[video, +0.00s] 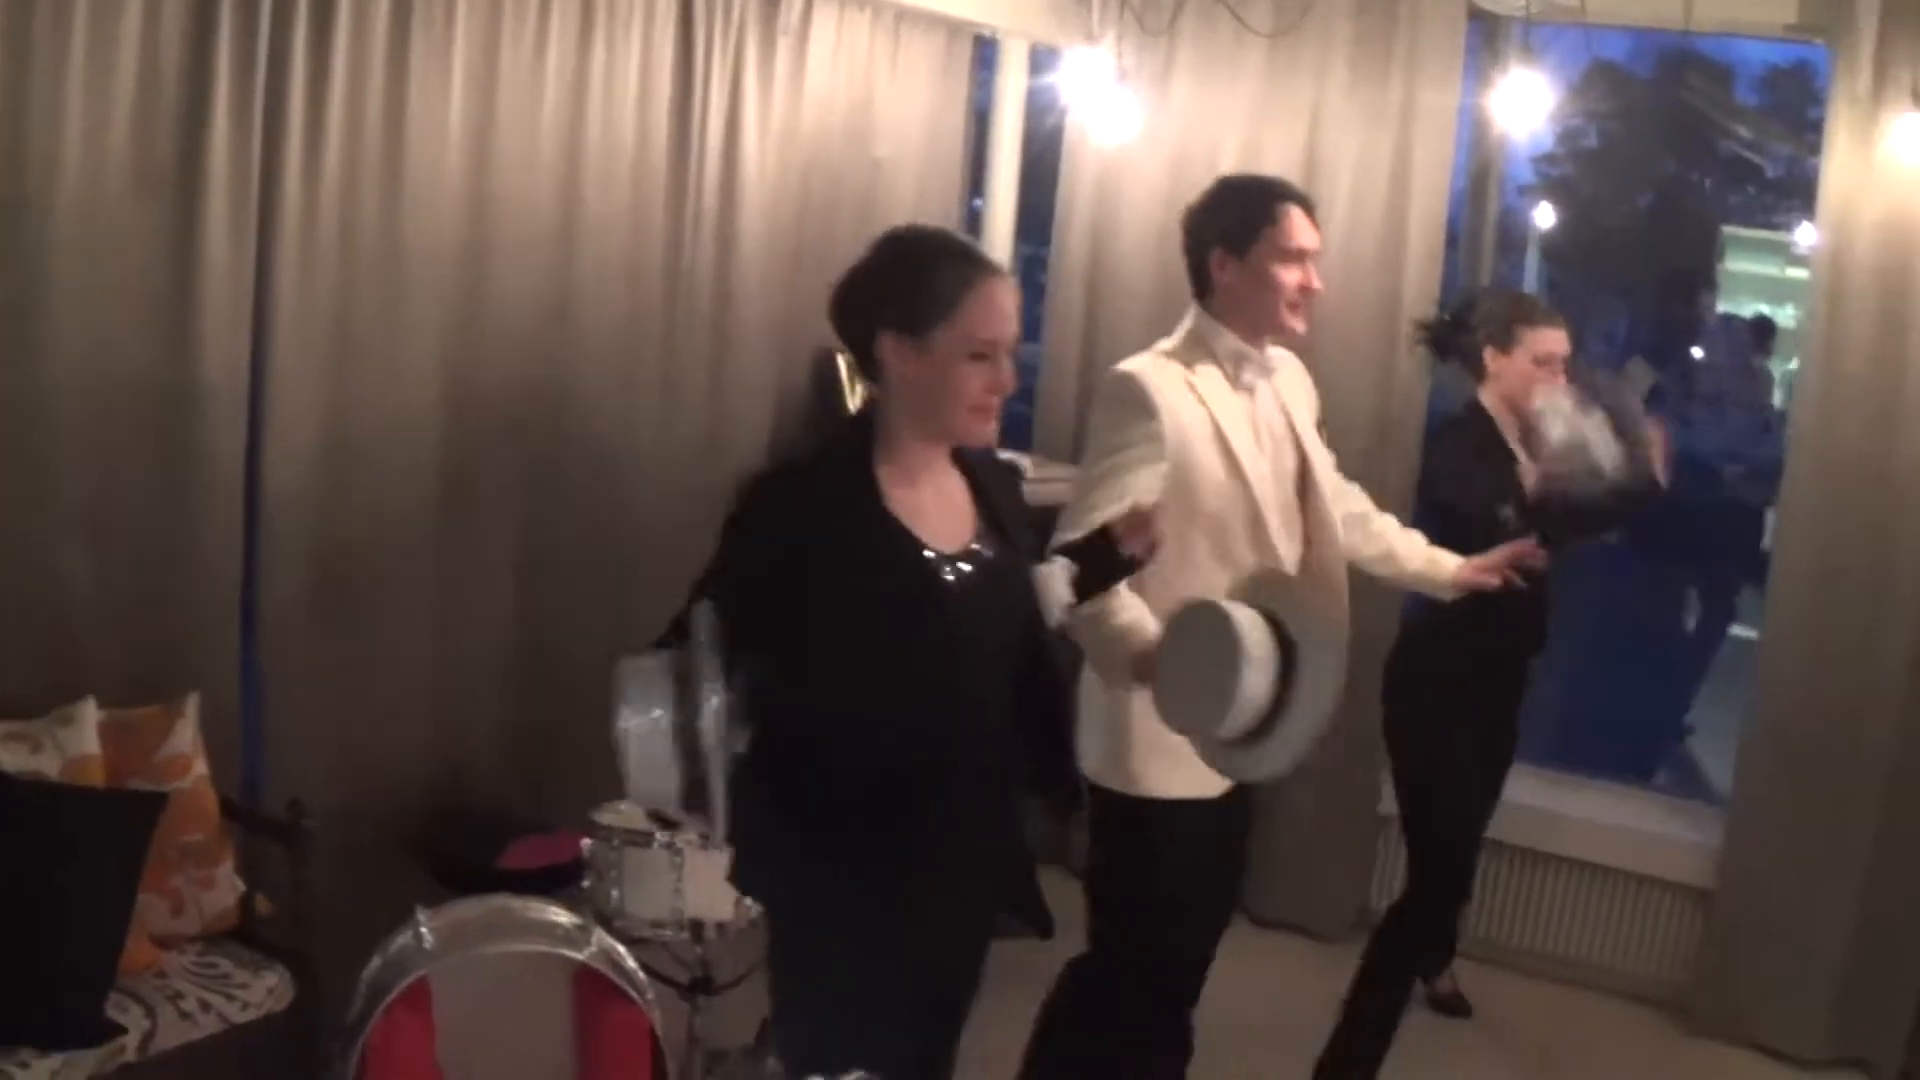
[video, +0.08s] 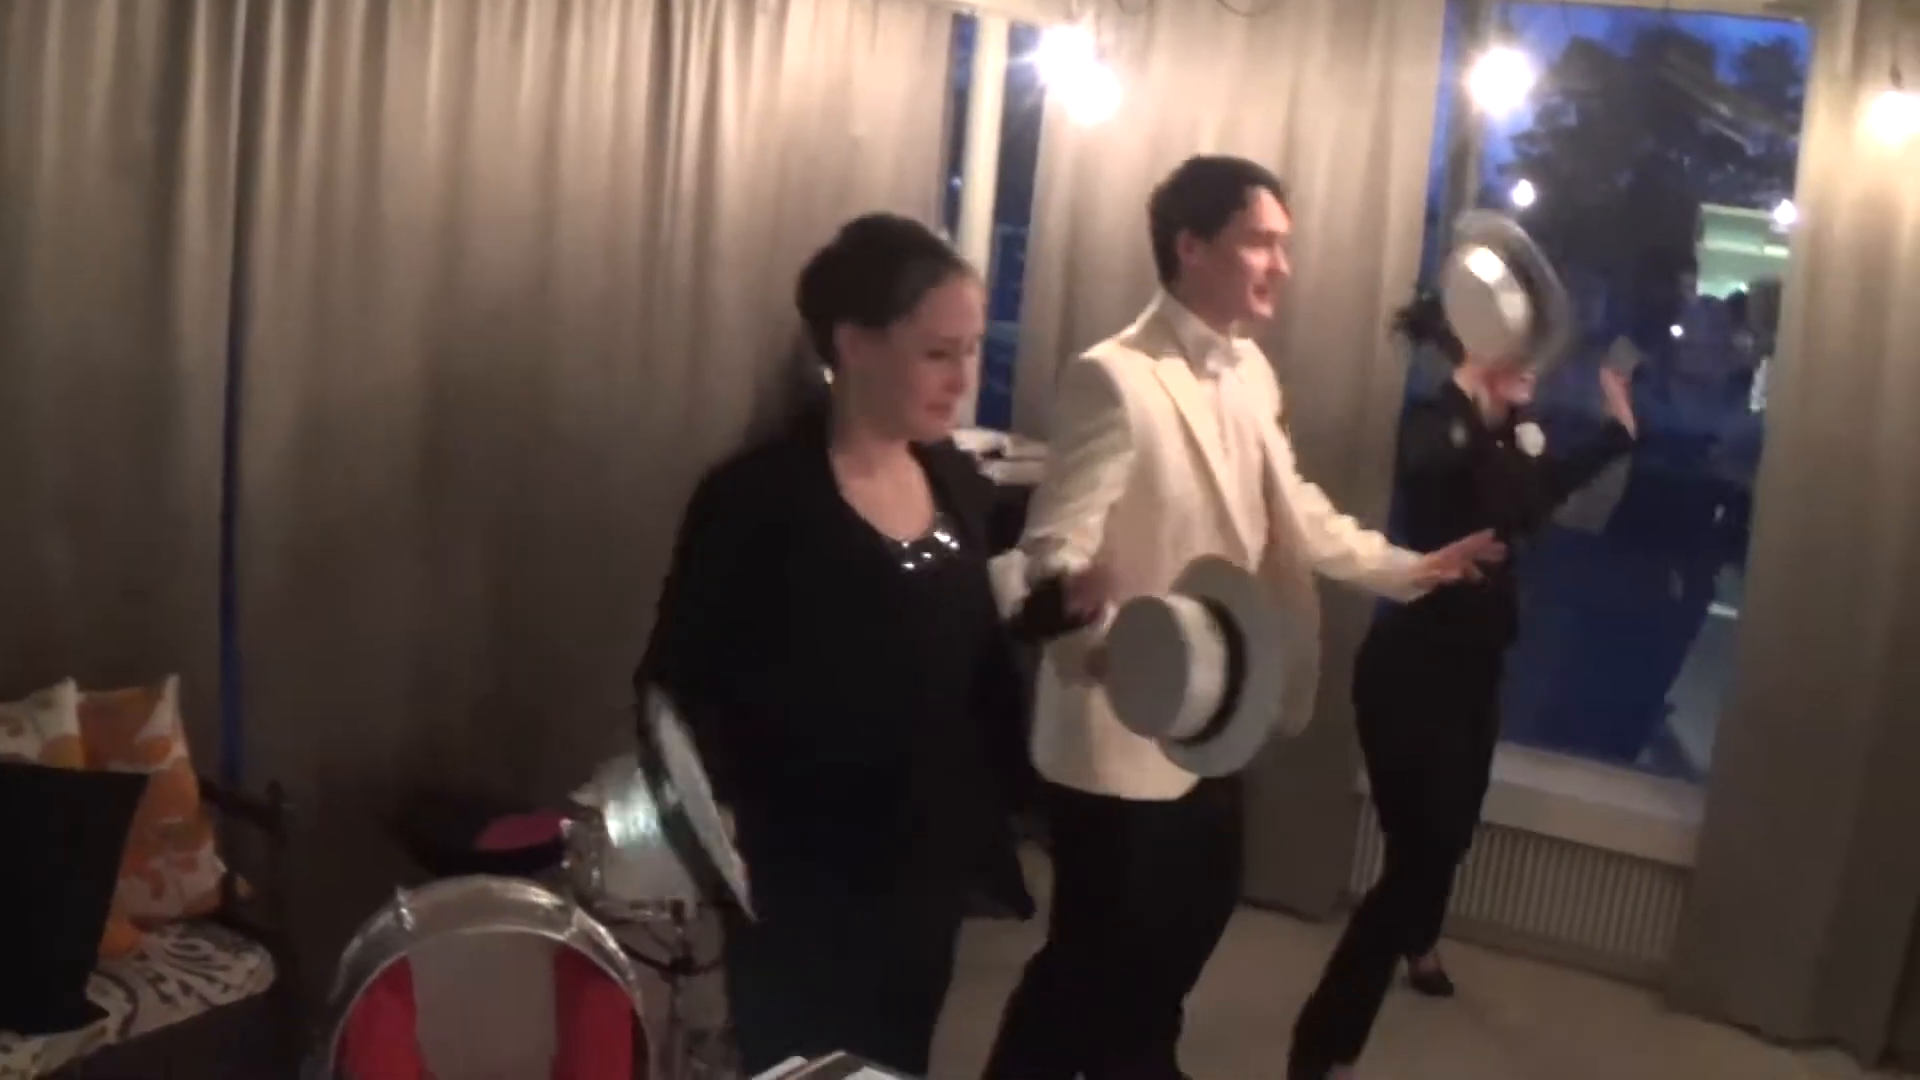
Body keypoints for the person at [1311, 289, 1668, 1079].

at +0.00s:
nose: (1559, 381)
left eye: (1563, 366)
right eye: (1545, 363)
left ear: (1549, 370)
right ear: (1493, 359)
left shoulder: (1530, 446)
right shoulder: (1460, 441)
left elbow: (1565, 514)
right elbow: (1506, 529)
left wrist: (1635, 476)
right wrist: (1641, 483)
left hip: (1496, 669)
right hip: (1437, 668)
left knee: (1458, 836)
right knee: (1434, 878)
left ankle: (1434, 960)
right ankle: (1347, 1060)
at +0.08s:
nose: (1524, 382)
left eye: (1527, 368)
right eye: (1511, 367)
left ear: (1519, 370)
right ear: (1470, 362)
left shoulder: (1498, 434)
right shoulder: (1431, 429)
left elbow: (1544, 490)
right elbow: (1508, 515)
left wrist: (1619, 432)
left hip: (1470, 658)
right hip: (1409, 657)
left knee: (1450, 825)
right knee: (1415, 853)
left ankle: (1422, 943)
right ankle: (1320, 1050)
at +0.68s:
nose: (1496, 307)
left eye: (1496, 289)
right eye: (1480, 289)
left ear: (1447, 289)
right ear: (1428, 284)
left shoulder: (1429, 363)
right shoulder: (1399, 360)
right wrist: (1427, 339)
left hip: (1407, 610)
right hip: (1365, 610)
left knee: (1440, 815)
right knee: (1373, 811)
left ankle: (1391, 1038)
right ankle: (1260, 992)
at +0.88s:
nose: (1503, 306)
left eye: (1503, 290)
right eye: (1493, 289)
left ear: (1454, 286)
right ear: (1447, 280)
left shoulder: (1428, 359)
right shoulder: (1402, 350)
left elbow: (1407, 511)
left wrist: (1458, 583)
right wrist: (1412, 302)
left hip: (1397, 608)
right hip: (1353, 611)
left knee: (1479, 771)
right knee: (1362, 810)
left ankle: (1373, 934)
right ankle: (1258, 997)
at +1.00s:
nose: (1514, 282)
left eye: (1515, 268)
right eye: (1500, 267)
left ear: (1484, 280)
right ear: (1454, 273)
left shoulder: (1458, 365)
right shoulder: (1418, 329)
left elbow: (1428, 511)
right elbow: (1364, 324)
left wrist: (1494, 573)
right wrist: (1421, 248)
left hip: (1404, 586)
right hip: (1355, 583)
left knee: (1455, 759)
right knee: (1347, 795)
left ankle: (1348, 884)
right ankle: (1258, 991)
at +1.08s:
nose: (1506, 318)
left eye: (1513, 303)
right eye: (1504, 299)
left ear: (1465, 277)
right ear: (1466, 278)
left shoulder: (1445, 353)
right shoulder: (1412, 337)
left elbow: (1429, 514)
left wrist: (1506, 564)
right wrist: (1426, 300)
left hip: (1406, 588)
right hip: (1362, 586)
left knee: (1416, 767)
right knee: (1363, 787)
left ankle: (1336, 911)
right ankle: (1257, 990)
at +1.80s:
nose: (1532, 270)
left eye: (1530, 253)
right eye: (1520, 252)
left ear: (1477, 261)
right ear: (1479, 258)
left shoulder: (1477, 345)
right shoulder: (1433, 346)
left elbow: (1490, 443)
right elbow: (1471, 451)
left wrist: (1544, 350)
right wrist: (1537, 358)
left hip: (1461, 605)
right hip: (1414, 607)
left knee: (1547, 762)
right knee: (1399, 814)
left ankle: (1420, 868)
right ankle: (1306, 990)